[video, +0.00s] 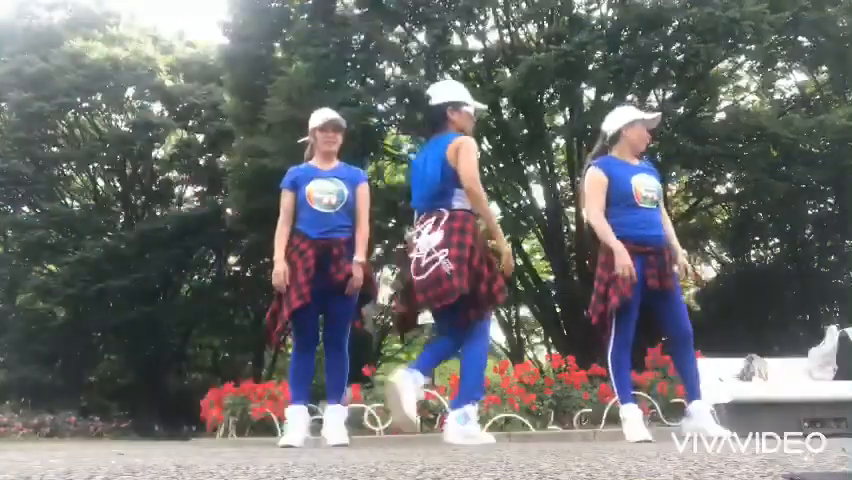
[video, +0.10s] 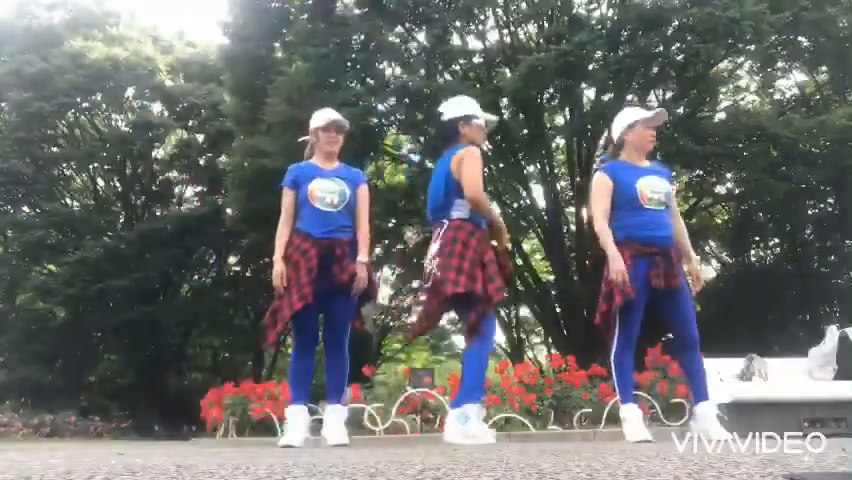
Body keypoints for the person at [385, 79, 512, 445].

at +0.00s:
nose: (474, 118)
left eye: (473, 112)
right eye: (470, 112)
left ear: (443, 115)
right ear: (452, 113)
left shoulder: (421, 155)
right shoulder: (462, 142)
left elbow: (422, 208)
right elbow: (473, 188)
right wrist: (498, 237)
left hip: (428, 244)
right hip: (461, 238)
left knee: (452, 328)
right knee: (479, 326)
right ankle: (464, 417)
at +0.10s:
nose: (484, 130)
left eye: (483, 124)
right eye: (479, 123)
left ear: (460, 129)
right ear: (463, 126)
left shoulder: (447, 159)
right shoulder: (468, 153)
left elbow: (447, 206)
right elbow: (474, 195)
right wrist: (496, 221)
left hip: (450, 237)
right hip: (464, 236)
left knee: (480, 327)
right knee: (483, 327)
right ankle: (464, 415)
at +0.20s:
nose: (491, 144)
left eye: (490, 138)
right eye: (485, 138)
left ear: (470, 144)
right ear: (466, 143)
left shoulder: (467, 173)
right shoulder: (467, 169)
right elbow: (463, 205)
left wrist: (495, 239)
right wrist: (495, 234)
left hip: (475, 250)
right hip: (467, 249)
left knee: (493, 334)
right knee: (484, 332)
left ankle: (493, 412)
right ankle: (462, 415)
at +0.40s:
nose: (489, 162)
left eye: (494, 156)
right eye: (482, 156)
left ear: (499, 162)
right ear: (467, 162)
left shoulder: (498, 199)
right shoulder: (460, 190)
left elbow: (501, 244)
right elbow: (431, 219)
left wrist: (507, 280)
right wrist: (453, 257)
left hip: (497, 276)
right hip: (468, 273)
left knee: (505, 343)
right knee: (481, 338)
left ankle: (493, 420)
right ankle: (445, 410)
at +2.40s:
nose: (469, 209)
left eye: (473, 205)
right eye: (464, 205)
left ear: (480, 210)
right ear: (456, 211)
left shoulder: (491, 240)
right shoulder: (448, 238)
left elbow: (499, 276)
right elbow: (436, 270)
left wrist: (503, 308)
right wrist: (438, 303)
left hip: (489, 303)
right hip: (460, 303)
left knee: (493, 361)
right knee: (461, 361)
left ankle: (500, 419)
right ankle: (457, 420)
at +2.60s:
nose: (479, 211)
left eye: (483, 207)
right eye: (474, 208)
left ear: (489, 212)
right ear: (466, 213)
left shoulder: (500, 241)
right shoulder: (457, 239)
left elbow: (517, 264)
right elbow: (442, 266)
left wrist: (526, 275)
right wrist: (442, 282)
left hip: (497, 304)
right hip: (469, 303)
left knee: (497, 362)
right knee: (466, 362)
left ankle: (501, 421)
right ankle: (458, 419)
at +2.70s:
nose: (484, 214)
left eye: (489, 209)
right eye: (479, 209)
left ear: (495, 214)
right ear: (471, 214)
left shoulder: (504, 239)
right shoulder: (463, 238)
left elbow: (529, 253)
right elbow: (441, 256)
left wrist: (524, 224)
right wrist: (448, 224)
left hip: (501, 304)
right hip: (473, 303)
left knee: (499, 362)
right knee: (470, 361)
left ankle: (501, 422)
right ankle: (459, 419)